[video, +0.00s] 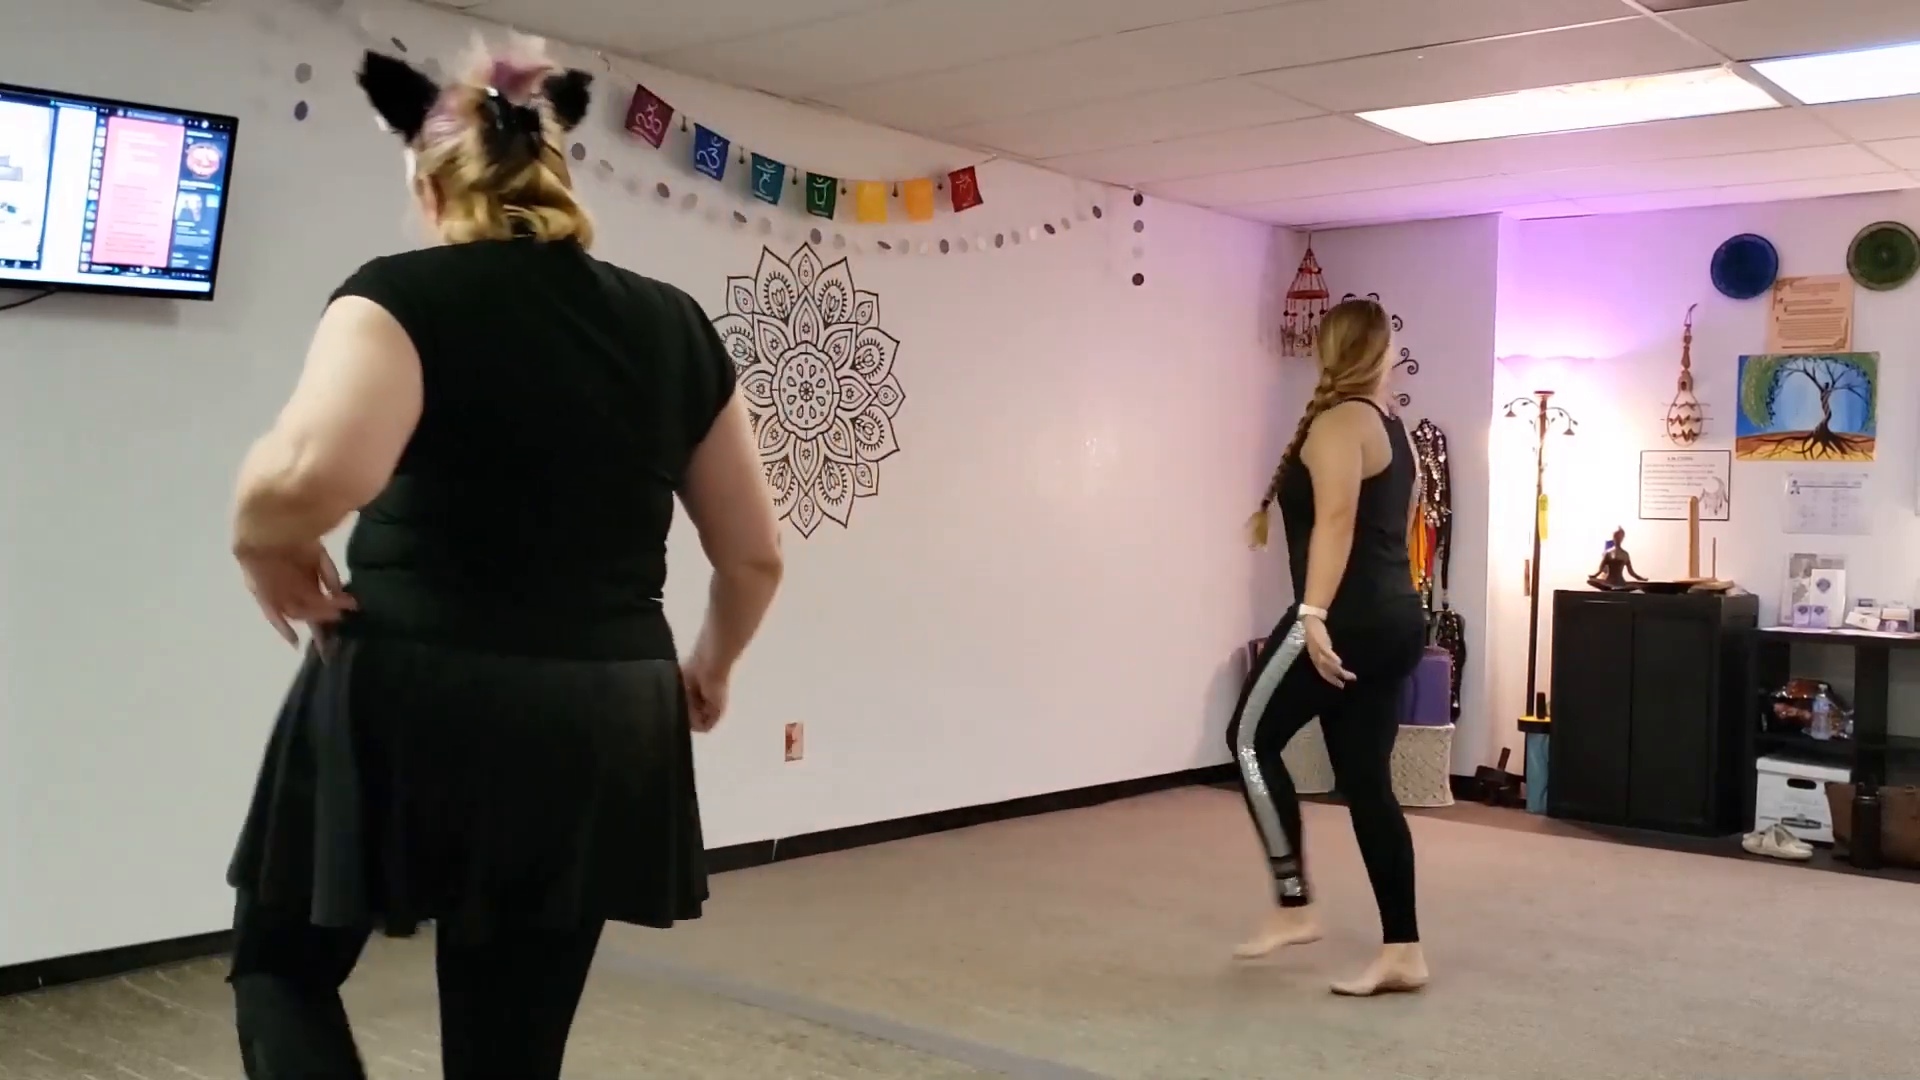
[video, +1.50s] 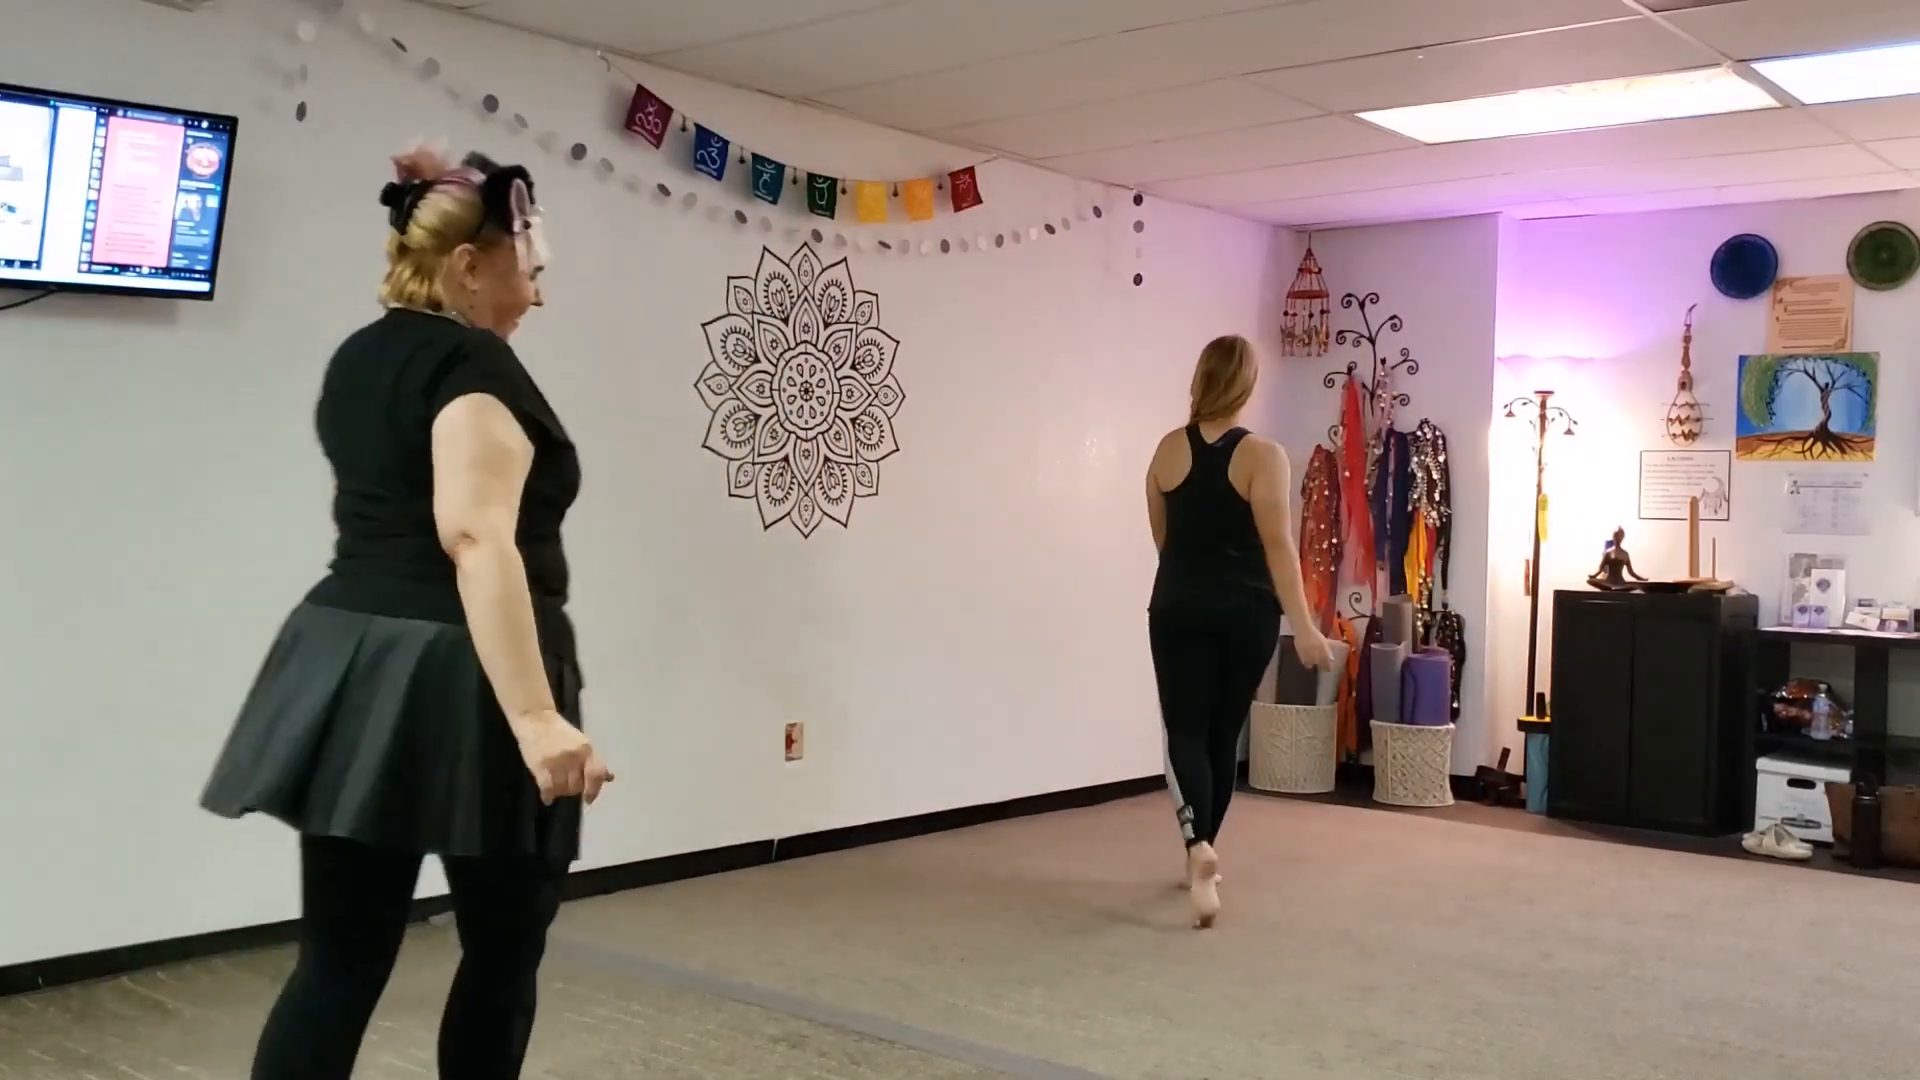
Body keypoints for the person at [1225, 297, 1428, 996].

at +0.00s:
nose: (1399, 358)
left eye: (1395, 347)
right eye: (1395, 348)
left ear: (1330, 351)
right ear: (1380, 355)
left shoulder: (1337, 423)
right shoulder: (1387, 430)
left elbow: (1335, 521)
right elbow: (1382, 527)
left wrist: (1311, 613)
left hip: (1341, 617)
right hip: (1393, 619)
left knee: (1251, 736)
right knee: (1367, 783)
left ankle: (1292, 906)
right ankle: (1403, 948)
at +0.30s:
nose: (1360, 384)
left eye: (1356, 374)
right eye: (1357, 375)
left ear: (1290, 378)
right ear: (1346, 382)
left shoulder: (1279, 452)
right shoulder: (1381, 460)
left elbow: (1243, 529)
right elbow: (1391, 557)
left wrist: (1194, 593)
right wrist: (1363, 601)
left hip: (1287, 640)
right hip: (1366, 641)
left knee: (1251, 775)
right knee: (1369, 790)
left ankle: (1222, 907)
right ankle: (1401, 953)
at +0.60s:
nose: (1303, 371)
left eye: (1298, 359)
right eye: (1301, 361)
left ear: (1238, 374)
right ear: (1293, 373)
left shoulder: (1227, 450)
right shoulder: (1330, 450)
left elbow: (1174, 535)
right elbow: (1347, 549)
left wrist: (1084, 579)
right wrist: (1343, 624)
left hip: (1229, 627)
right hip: (1307, 627)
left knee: (1228, 768)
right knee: (1287, 766)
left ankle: (1232, 913)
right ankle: (1337, 881)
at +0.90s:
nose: (1261, 377)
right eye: (1264, 368)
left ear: (1207, 376)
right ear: (1262, 376)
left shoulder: (1185, 456)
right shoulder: (1301, 446)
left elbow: (1149, 549)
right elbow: (1340, 539)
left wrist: (1086, 551)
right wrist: (1371, 617)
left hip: (1200, 622)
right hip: (1276, 621)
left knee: (1212, 757)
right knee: (1241, 720)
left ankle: (1231, 911)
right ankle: (1243, 842)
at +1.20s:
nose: (1253, 390)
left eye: (1246, 379)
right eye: (1253, 382)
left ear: (1196, 384)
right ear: (1247, 388)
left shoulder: (1165, 460)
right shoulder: (1274, 453)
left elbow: (1152, 552)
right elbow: (1302, 540)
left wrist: (1195, 549)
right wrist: (1347, 623)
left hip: (1184, 616)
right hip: (1259, 616)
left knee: (1202, 753)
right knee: (1229, 741)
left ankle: (1223, 897)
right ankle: (1210, 853)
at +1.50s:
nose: (1253, 387)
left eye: (1241, 375)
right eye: (1254, 379)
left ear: (1199, 379)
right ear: (1249, 385)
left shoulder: (1168, 450)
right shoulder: (1264, 455)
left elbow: (1161, 537)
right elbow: (1277, 546)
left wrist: (1190, 582)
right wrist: (1305, 628)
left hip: (1177, 606)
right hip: (1248, 611)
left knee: (1184, 729)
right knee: (1223, 732)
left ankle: (1200, 844)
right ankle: (1203, 860)